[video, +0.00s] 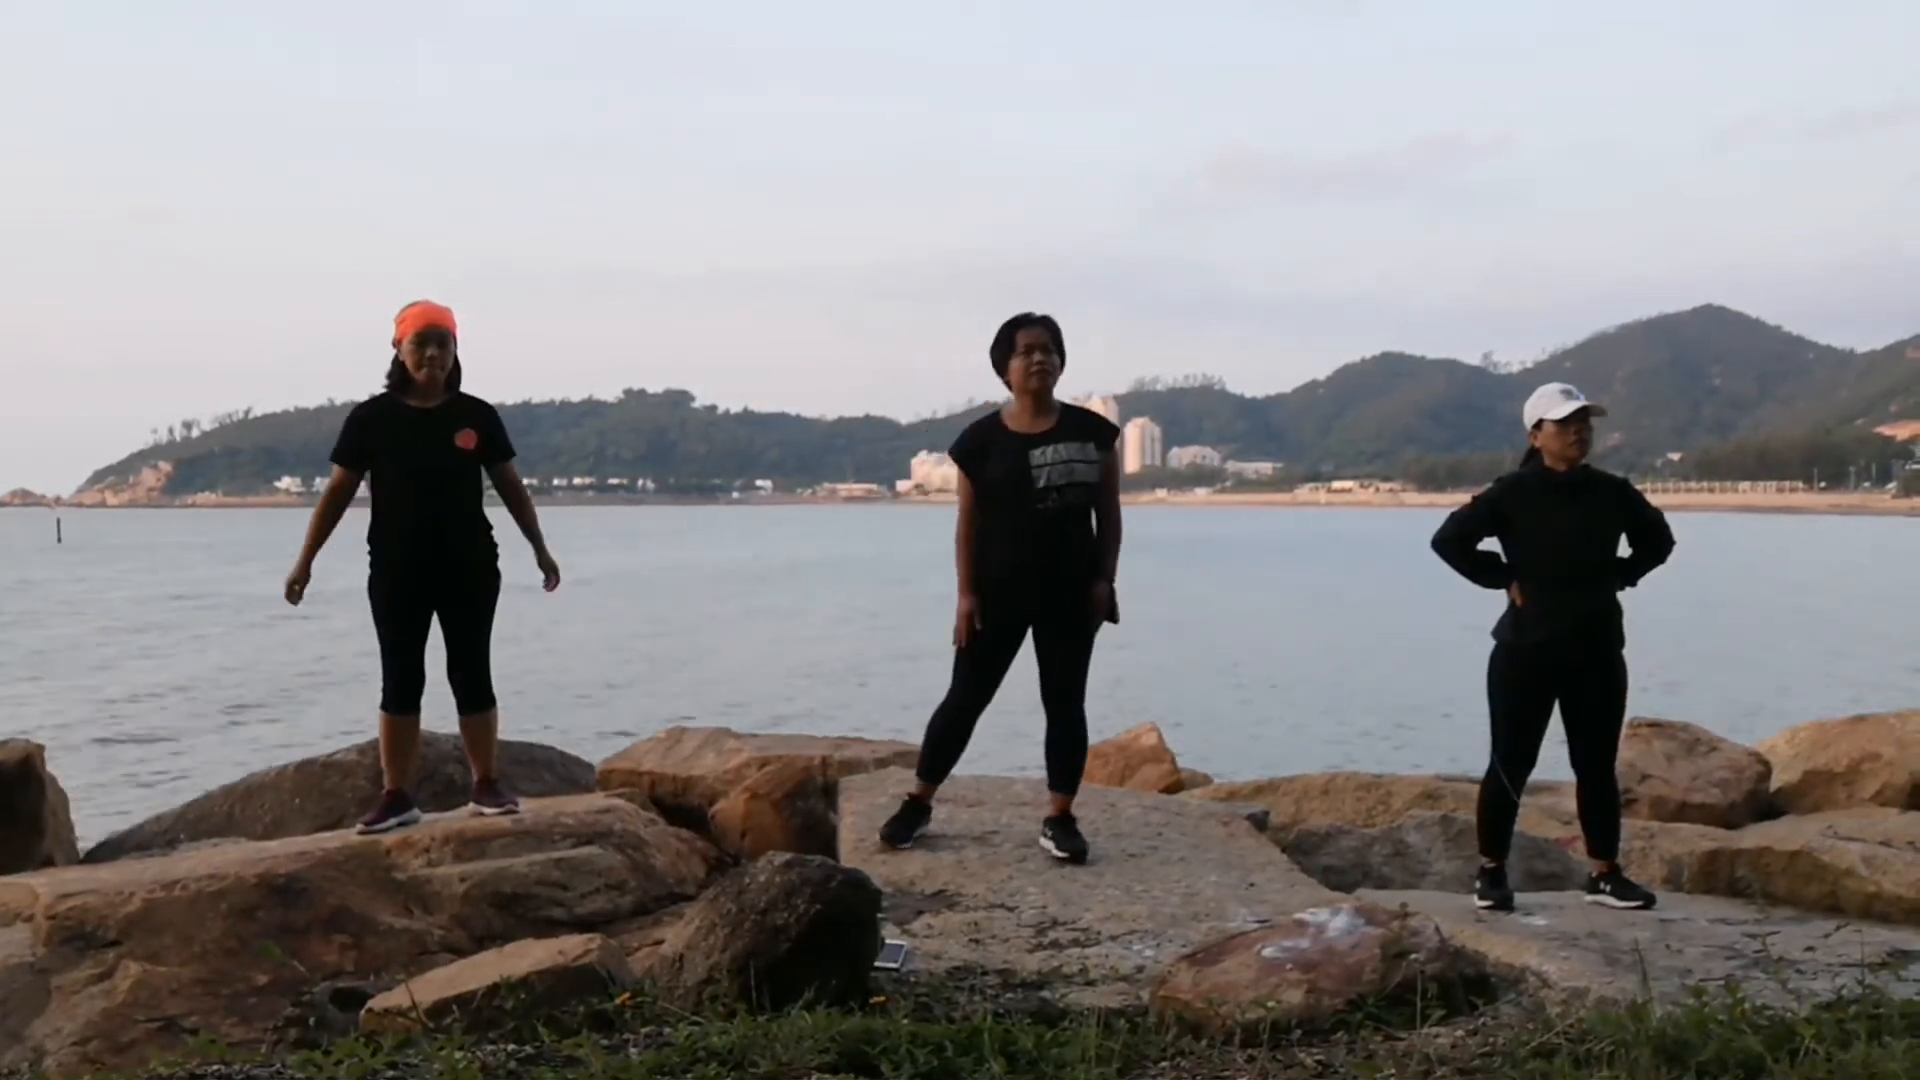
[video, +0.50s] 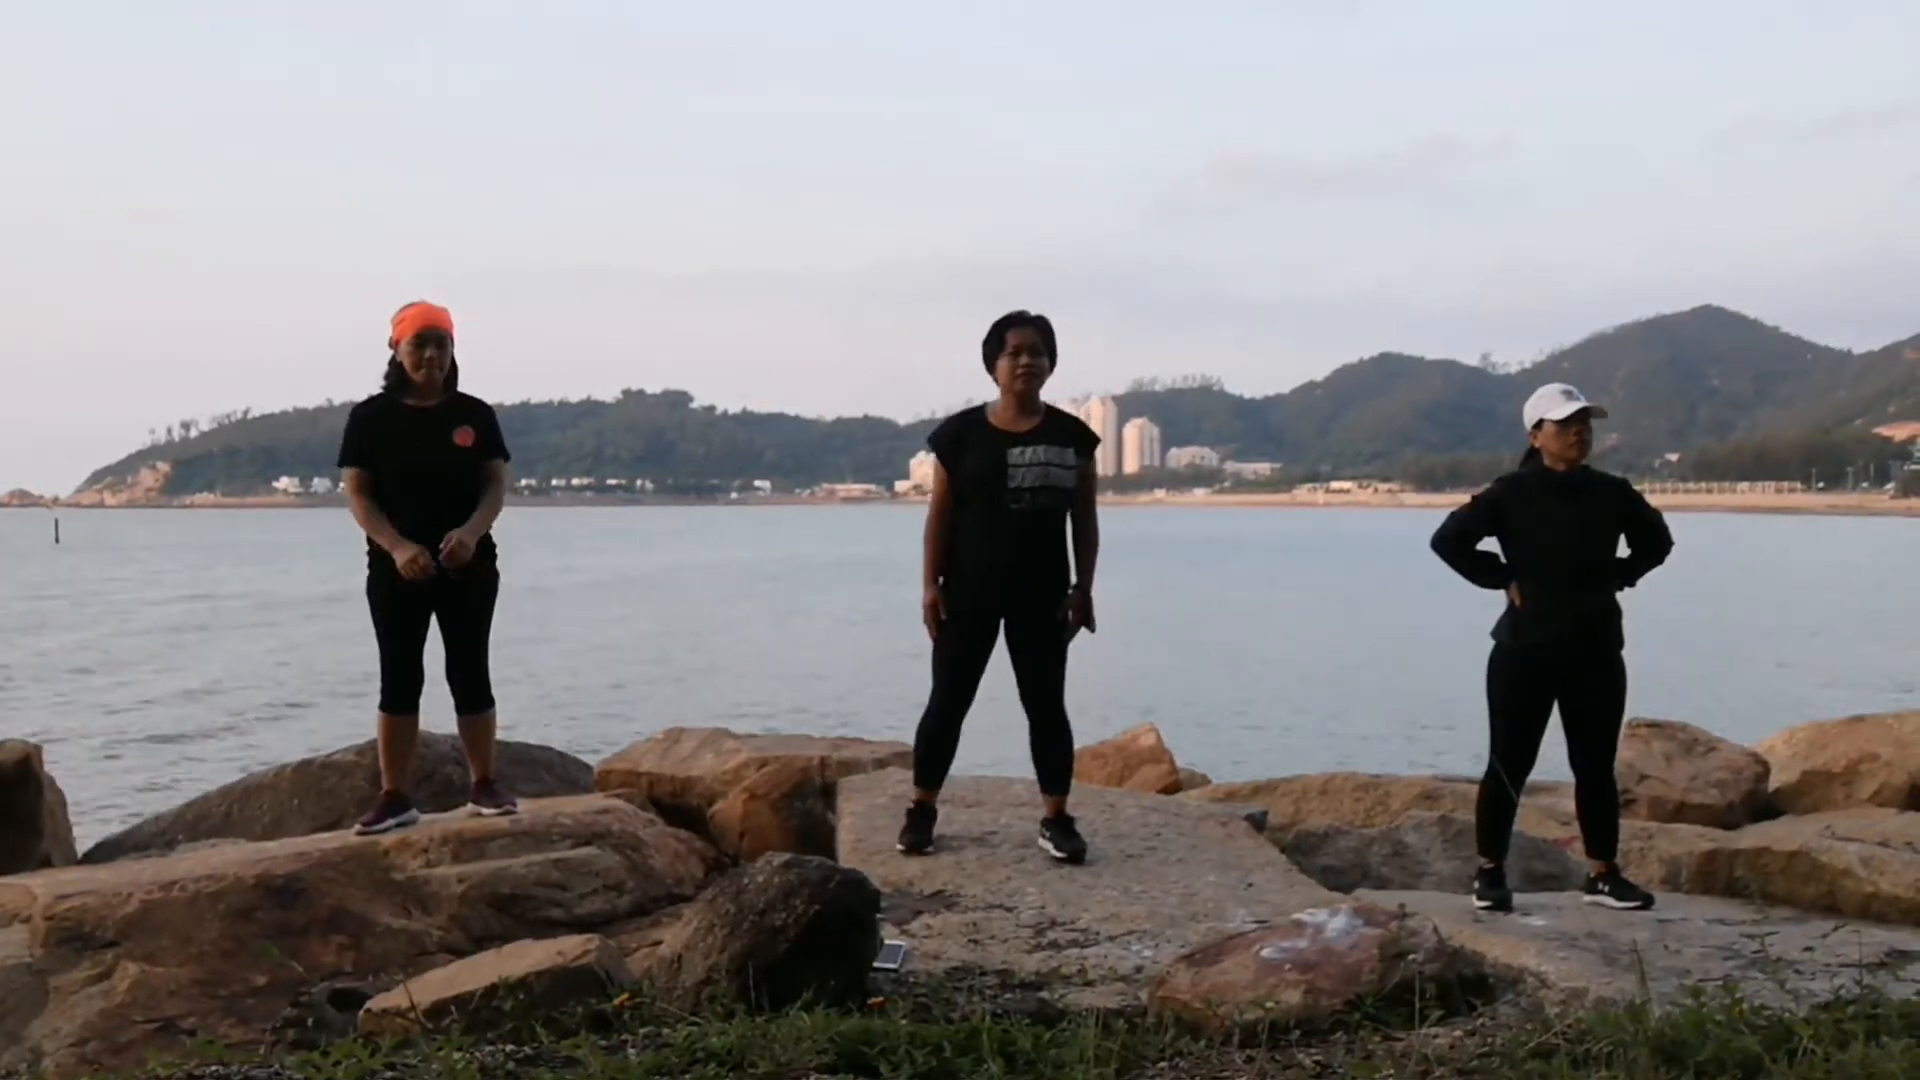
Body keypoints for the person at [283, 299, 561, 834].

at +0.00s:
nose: (432, 352)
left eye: (441, 343)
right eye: (421, 342)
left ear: (454, 350)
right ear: (400, 351)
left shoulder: (477, 418)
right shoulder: (370, 420)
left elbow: (509, 486)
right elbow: (337, 494)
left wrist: (539, 545)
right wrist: (304, 561)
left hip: (468, 570)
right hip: (397, 573)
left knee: (472, 678)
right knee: (400, 685)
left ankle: (485, 785)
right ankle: (395, 796)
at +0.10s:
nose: (430, 352)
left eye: (440, 343)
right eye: (420, 343)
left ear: (453, 351)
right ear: (399, 351)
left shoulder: (476, 418)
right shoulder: (370, 419)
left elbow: (507, 489)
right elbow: (340, 496)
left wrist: (535, 551)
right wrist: (306, 565)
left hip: (468, 571)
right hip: (398, 574)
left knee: (472, 680)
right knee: (399, 687)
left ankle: (485, 785)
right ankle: (394, 796)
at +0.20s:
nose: (430, 352)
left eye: (439, 343)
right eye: (419, 343)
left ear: (452, 351)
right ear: (398, 351)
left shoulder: (475, 417)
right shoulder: (370, 420)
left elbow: (502, 494)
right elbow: (346, 501)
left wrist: (521, 560)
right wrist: (325, 572)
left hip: (467, 571)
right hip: (397, 575)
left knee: (472, 680)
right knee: (399, 687)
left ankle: (484, 785)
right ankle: (394, 795)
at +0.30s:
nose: (430, 353)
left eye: (439, 343)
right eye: (419, 344)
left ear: (452, 350)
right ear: (397, 351)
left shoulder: (476, 416)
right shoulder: (369, 419)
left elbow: (498, 494)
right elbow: (353, 501)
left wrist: (499, 556)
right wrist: (354, 569)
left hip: (465, 571)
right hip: (397, 574)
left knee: (472, 680)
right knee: (398, 686)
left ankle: (484, 786)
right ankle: (395, 796)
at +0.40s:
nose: (430, 353)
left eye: (439, 343)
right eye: (418, 344)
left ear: (451, 350)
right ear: (397, 351)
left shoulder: (476, 416)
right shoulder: (368, 419)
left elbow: (496, 487)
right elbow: (356, 497)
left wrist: (480, 540)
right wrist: (381, 555)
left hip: (466, 569)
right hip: (397, 572)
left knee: (471, 679)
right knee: (398, 685)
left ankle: (484, 786)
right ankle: (395, 796)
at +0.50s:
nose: (430, 353)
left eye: (439, 343)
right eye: (418, 344)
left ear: (451, 349)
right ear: (397, 351)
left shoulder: (476, 415)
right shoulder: (368, 418)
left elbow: (497, 484)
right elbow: (356, 495)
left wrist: (473, 530)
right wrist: (396, 543)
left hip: (467, 567)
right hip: (396, 570)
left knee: (471, 677)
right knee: (399, 683)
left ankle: (484, 787)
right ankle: (395, 796)